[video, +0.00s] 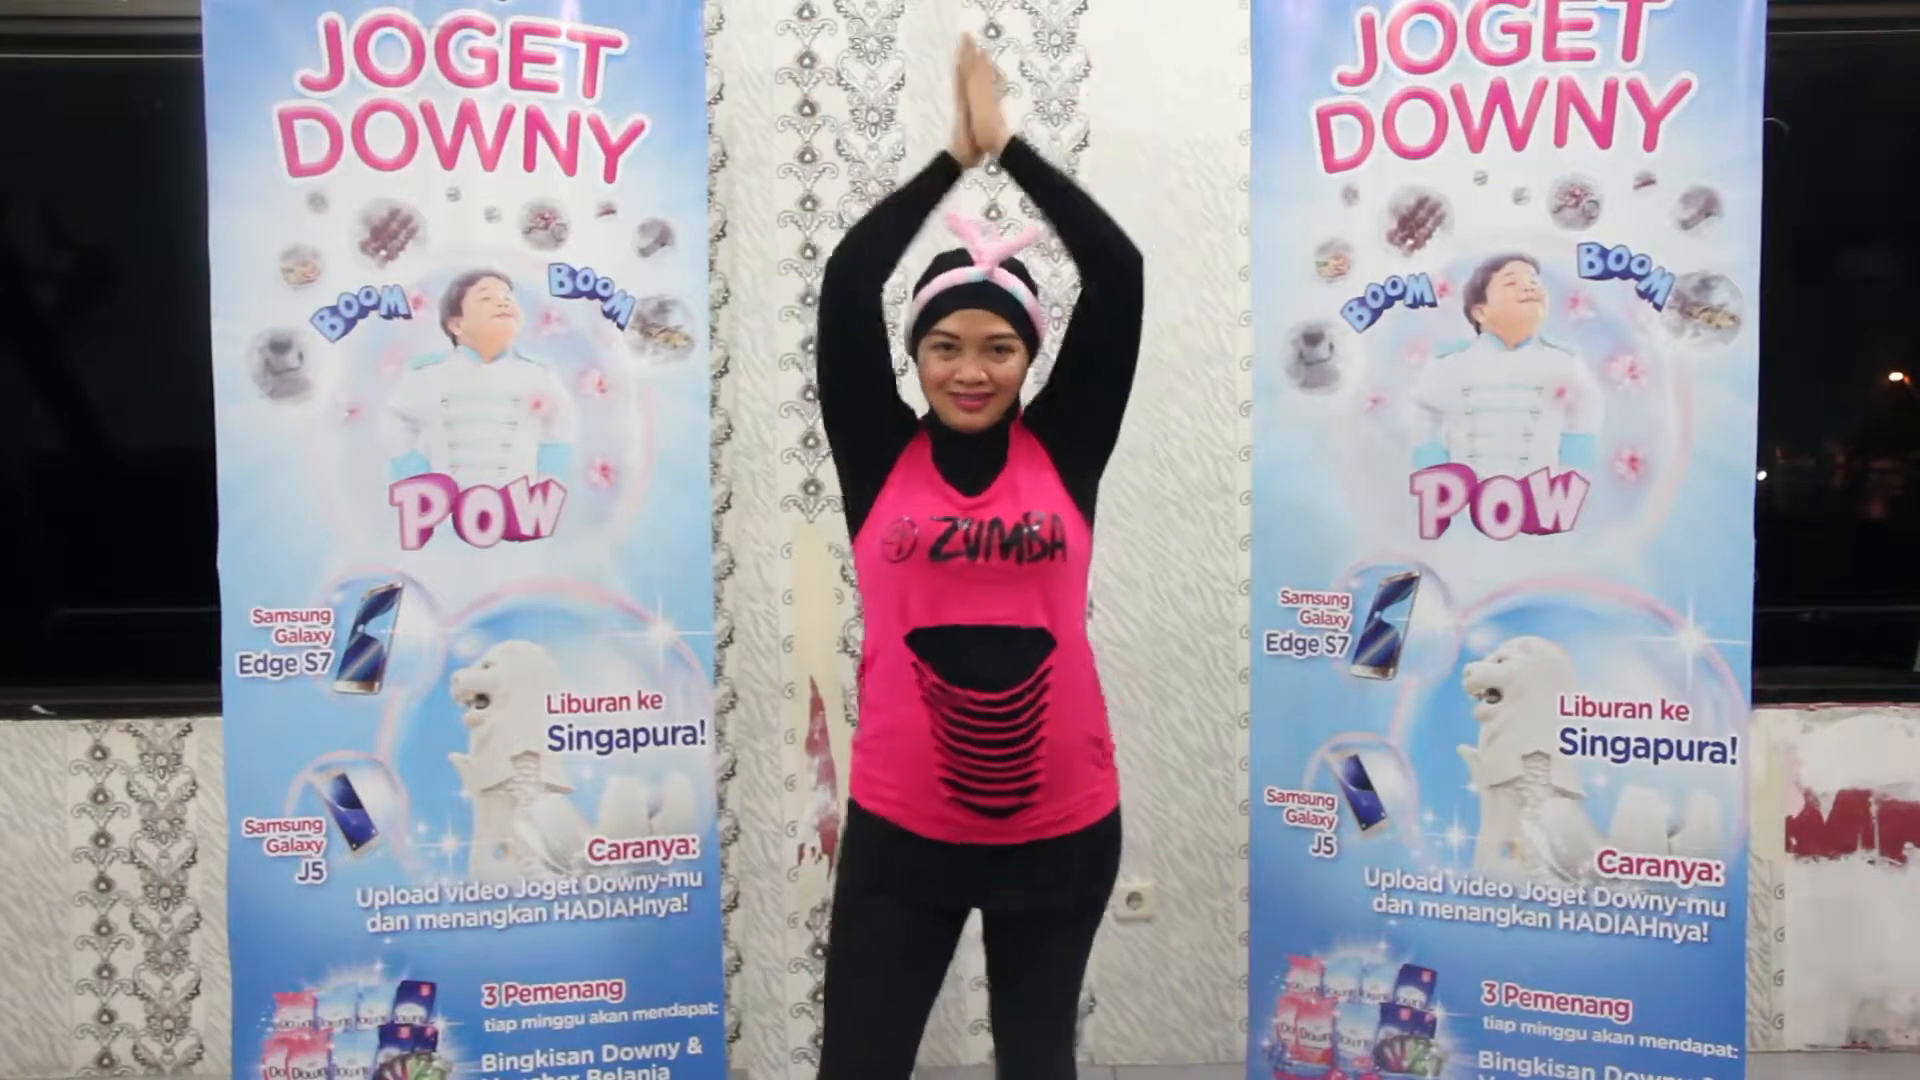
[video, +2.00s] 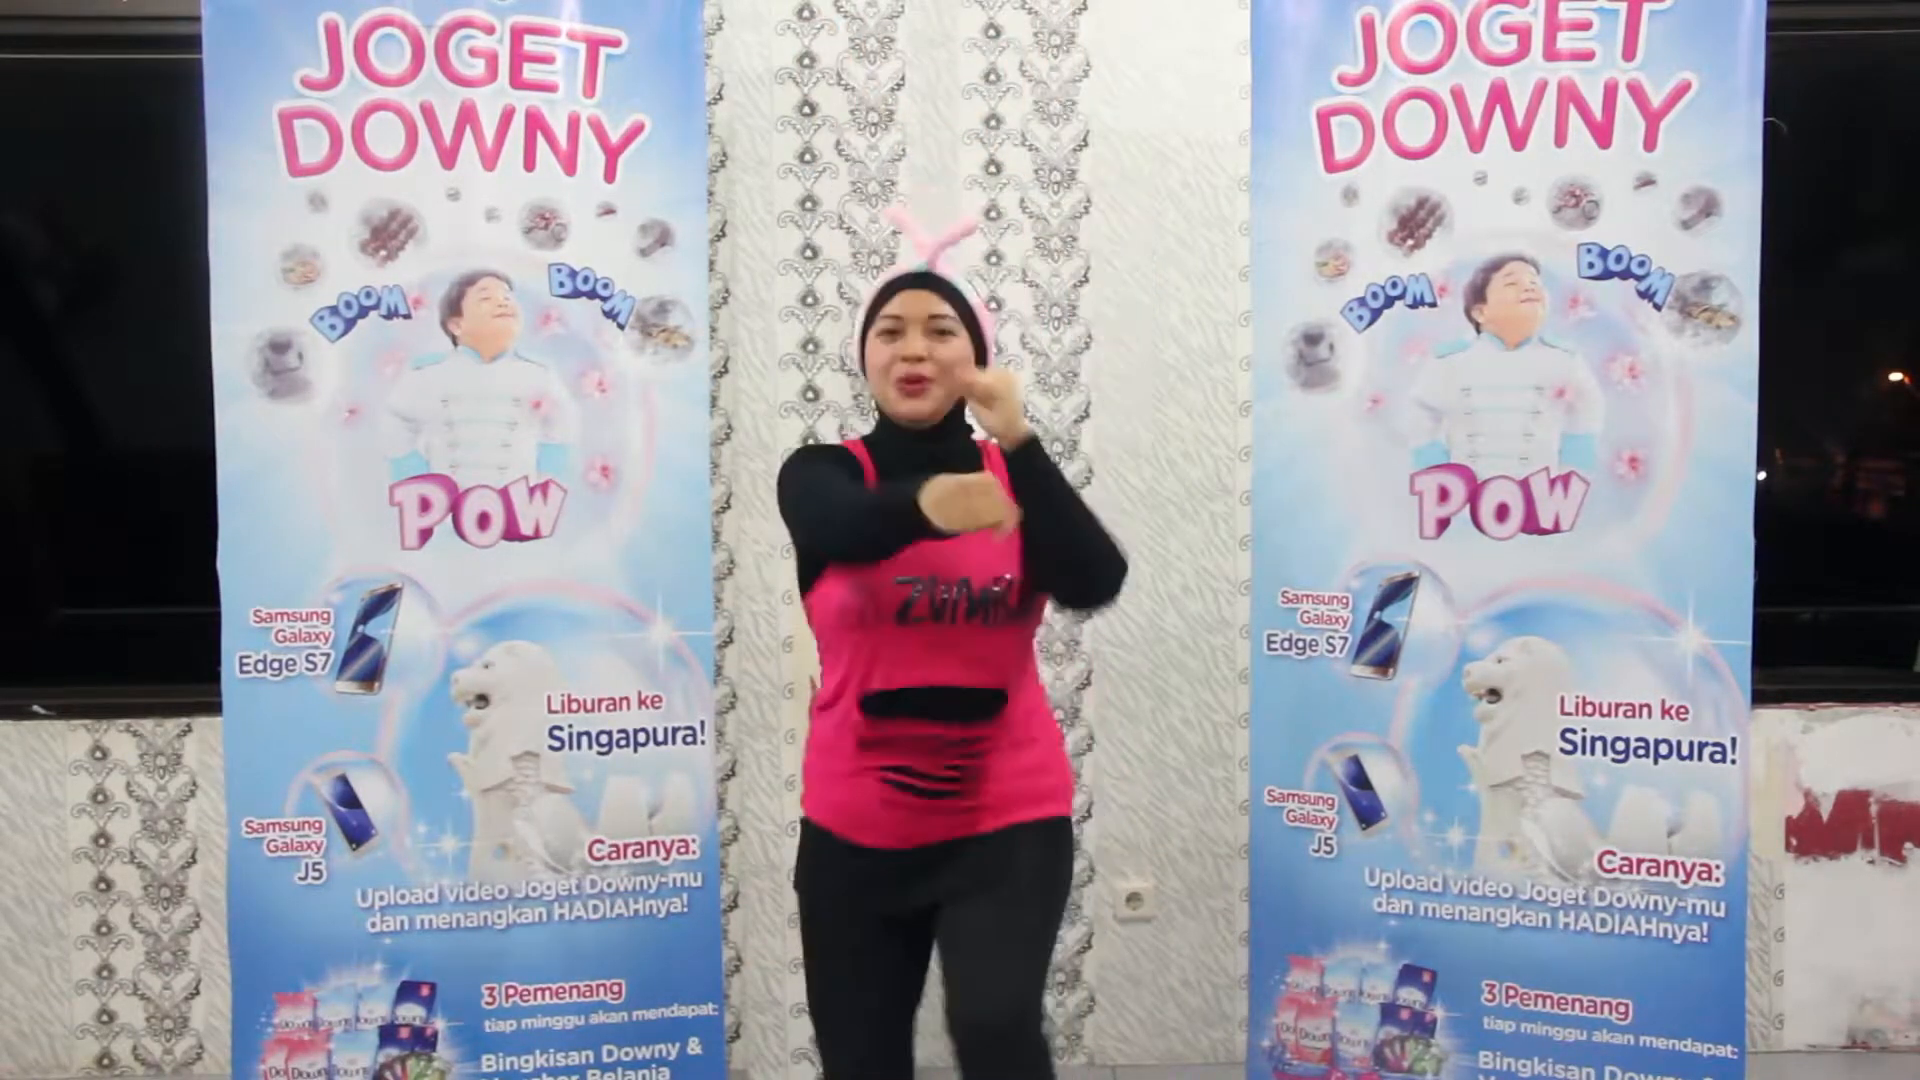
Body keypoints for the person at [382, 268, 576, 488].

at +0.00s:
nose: (503, 301)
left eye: (508, 296)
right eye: (485, 297)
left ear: (519, 314)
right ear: (454, 324)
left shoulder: (538, 377)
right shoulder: (423, 378)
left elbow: (558, 437)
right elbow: (393, 428)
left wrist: (545, 493)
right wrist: (415, 485)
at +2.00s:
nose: (502, 302)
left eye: (508, 296)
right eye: (484, 297)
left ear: (518, 314)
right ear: (455, 324)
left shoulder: (537, 377)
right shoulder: (422, 377)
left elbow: (559, 432)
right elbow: (392, 427)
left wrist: (545, 490)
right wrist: (414, 485)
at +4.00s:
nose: (502, 302)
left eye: (508, 296)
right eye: (485, 297)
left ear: (519, 316)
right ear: (455, 324)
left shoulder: (539, 378)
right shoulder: (422, 379)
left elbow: (559, 441)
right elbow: (394, 433)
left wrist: (543, 500)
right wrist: (416, 490)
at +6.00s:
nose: (503, 302)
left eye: (508, 296)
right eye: (485, 297)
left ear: (518, 314)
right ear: (455, 324)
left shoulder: (537, 379)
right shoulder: (423, 380)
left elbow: (560, 434)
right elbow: (394, 427)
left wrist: (546, 494)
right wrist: (414, 486)